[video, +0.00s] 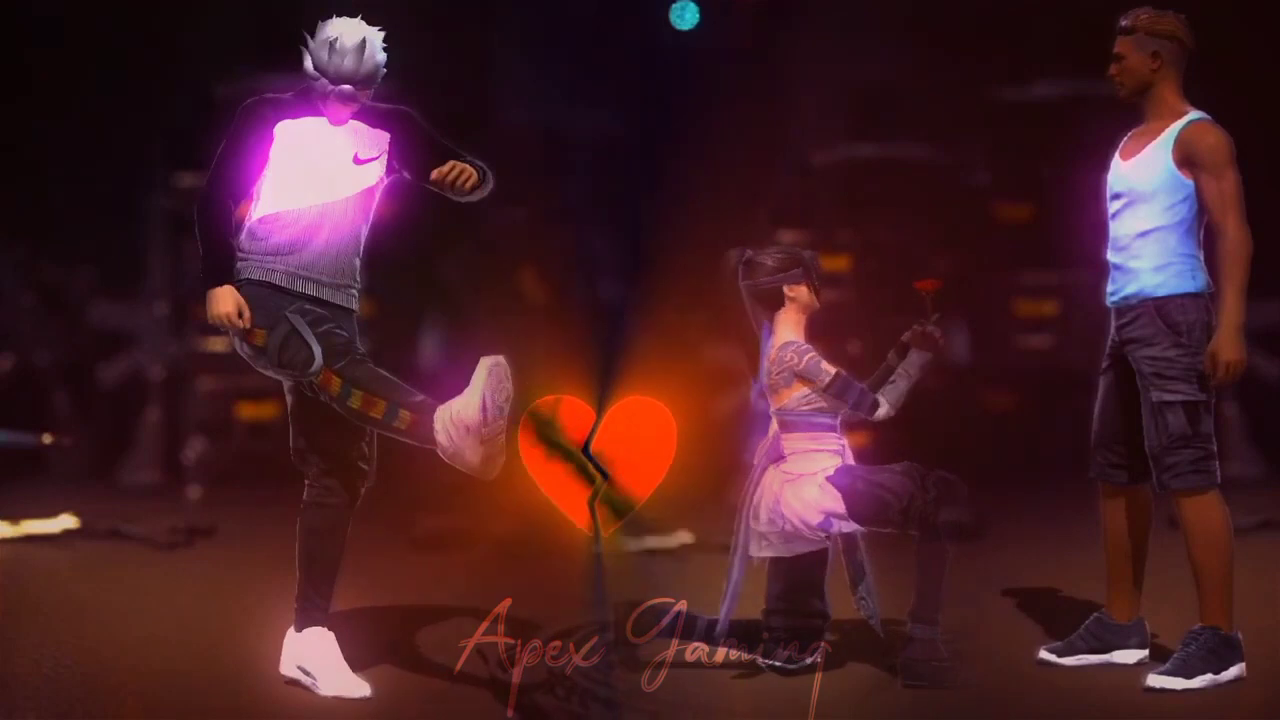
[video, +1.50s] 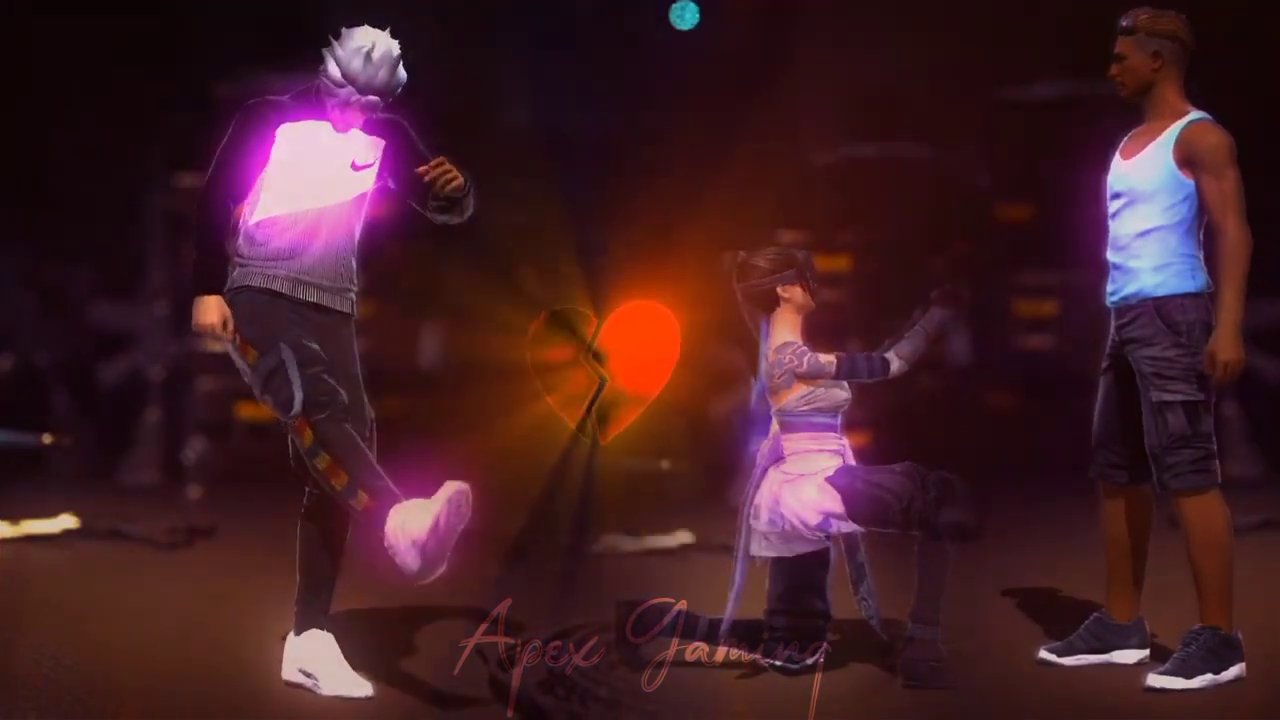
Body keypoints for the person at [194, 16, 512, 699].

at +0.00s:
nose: (345, 106)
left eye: (359, 95)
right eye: (335, 92)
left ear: (376, 82)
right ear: (313, 75)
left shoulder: (395, 127)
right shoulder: (267, 114)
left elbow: (471, 180)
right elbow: (218, 197)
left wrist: (472, 177)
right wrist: (216, 277)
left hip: (336, 307)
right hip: (260, 291)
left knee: (336, 475)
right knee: (311, 360)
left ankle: (309, 633)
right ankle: (448, 430)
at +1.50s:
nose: (357, 117)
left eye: (370, 107)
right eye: (348, 102)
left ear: (386, 98)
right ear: (329, 80)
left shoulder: (391, 136)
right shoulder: (270, 118)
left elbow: (445, 213)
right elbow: (219, 202)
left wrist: (456, 194)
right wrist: (207, 287)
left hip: (334, 309)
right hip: (263, 294)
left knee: (344, 461)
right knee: (311, 408)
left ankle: (308, 635)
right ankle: (397, 520)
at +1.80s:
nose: (362, 117)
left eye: (374, 107)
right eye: (357, 101)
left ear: (385, 95)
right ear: (336, 75)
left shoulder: (386, 139)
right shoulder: (272, 116)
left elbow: (412, 217)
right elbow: (220, 200)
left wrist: (435, 219)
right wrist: (205, 286)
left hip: (333, 310)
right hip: (263, 297)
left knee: (353, 456)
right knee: (303, 434)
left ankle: (310, 636)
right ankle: (364, 567)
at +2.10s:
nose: (358, 122)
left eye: (372, 113)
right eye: (351, 106)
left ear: (385, 107)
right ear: (331, 85)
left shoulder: (383, 142)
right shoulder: (272, 117)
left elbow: (401, 220)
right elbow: (221, 202)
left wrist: (427, 231)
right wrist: (206, 285)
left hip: (333, 312)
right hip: (263, 298)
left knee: (352, 463)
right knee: (299, 441)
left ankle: (306, 637)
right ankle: (346, 585)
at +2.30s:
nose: (358, 122)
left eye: (373, 114)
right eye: (352, 106)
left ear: (386, 108)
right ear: (332, 85)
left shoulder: (381, 144)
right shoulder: (272, 115)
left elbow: (398, 222)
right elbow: (220, 199)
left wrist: (425, 249)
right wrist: (205, 285)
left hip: (332, 311)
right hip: (263, 298)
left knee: (351, 453)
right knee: (293, 444)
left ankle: (306, 633)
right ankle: (322, 607)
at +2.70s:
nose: (359, 125)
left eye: (373, 116)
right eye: (352, 108)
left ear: (387, 110)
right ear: (330, 86)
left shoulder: (379, 148)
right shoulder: (270, 117)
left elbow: (386, 229)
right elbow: (220, 199)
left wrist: (409, 283)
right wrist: (208, 285)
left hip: (332, 318)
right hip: (263, 306)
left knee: (346, 467)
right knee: (282, 460)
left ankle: (312, 626)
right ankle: (281, 625)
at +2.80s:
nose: (358, 126)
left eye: (373, 116)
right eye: (352, 109)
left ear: (386, 111)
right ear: (329, 86)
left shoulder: (376, 148)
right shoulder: (270, 116)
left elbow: (383, 235)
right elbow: (221, 198)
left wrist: (409, 292)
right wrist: (208, 285)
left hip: (332, 321)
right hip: (262, 309)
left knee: (346, 469)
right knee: (278, 464)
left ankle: (312, 628)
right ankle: (274, 627)